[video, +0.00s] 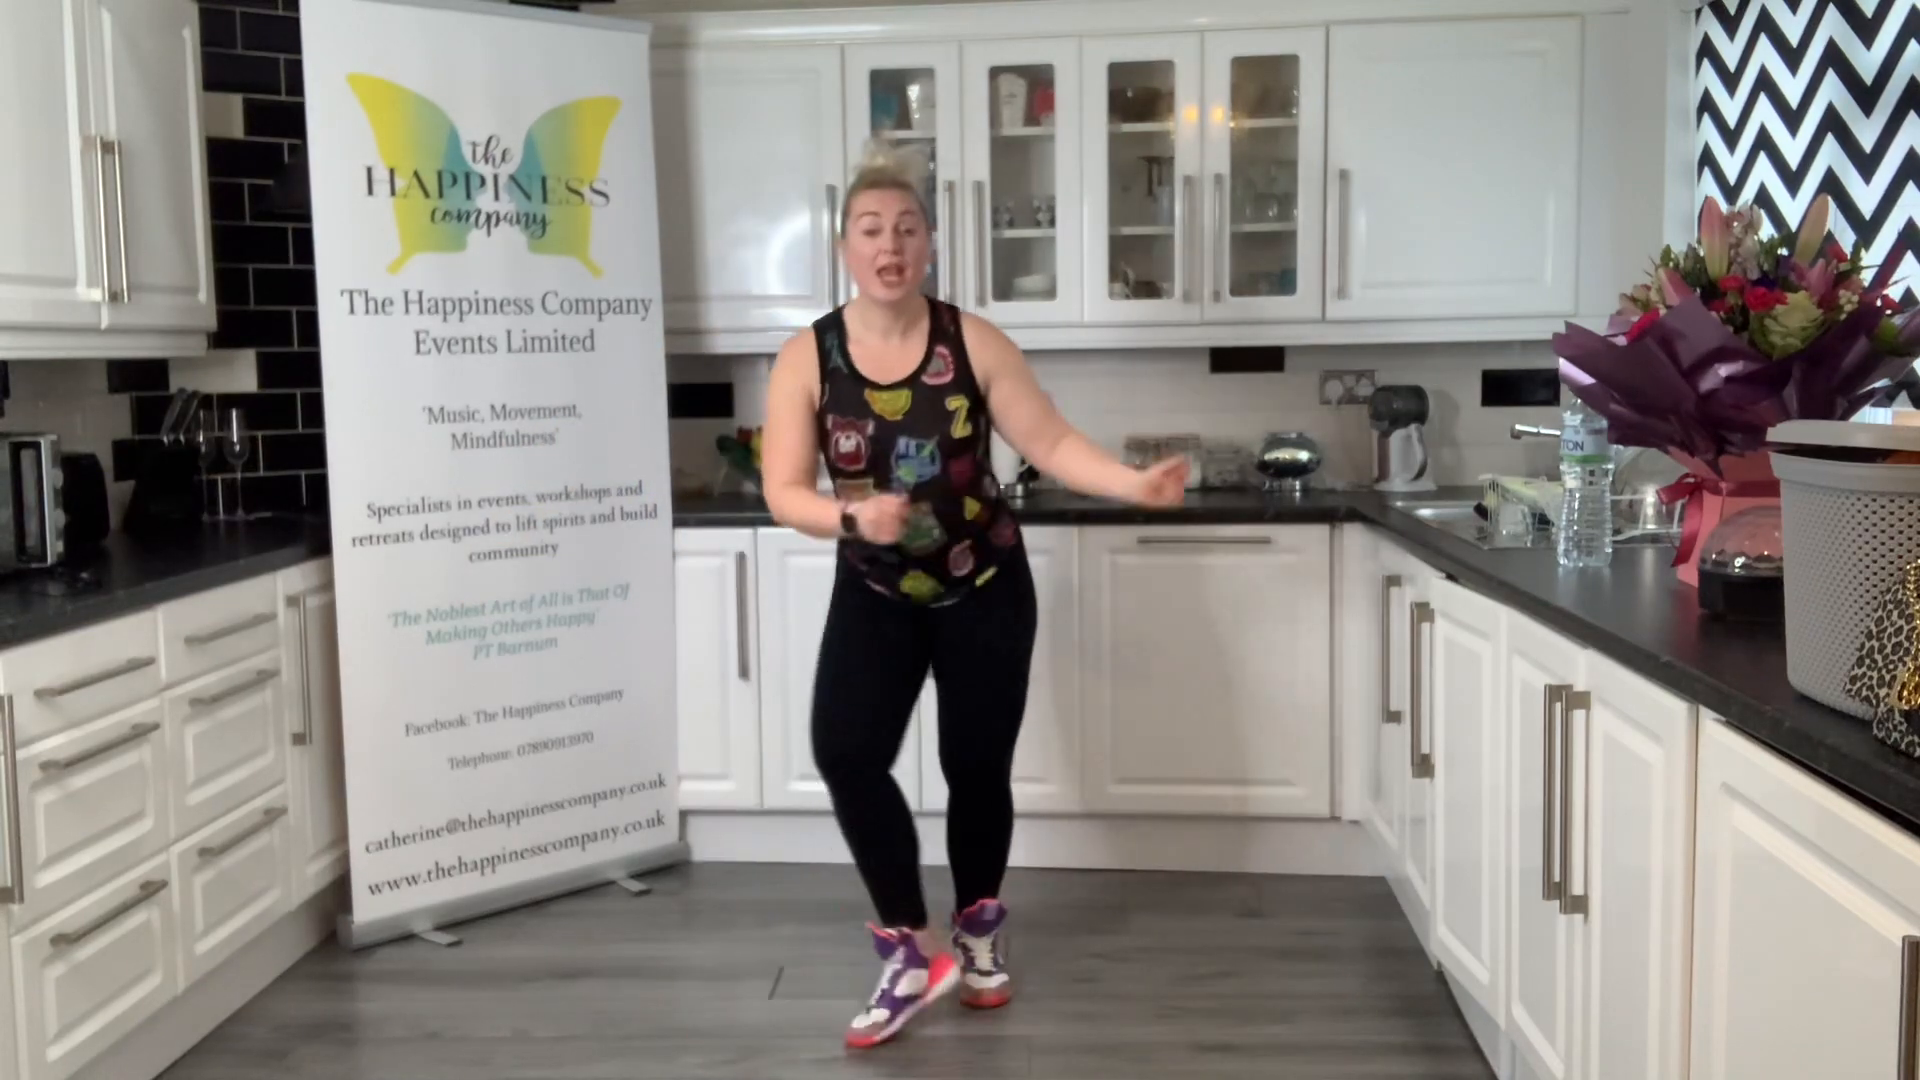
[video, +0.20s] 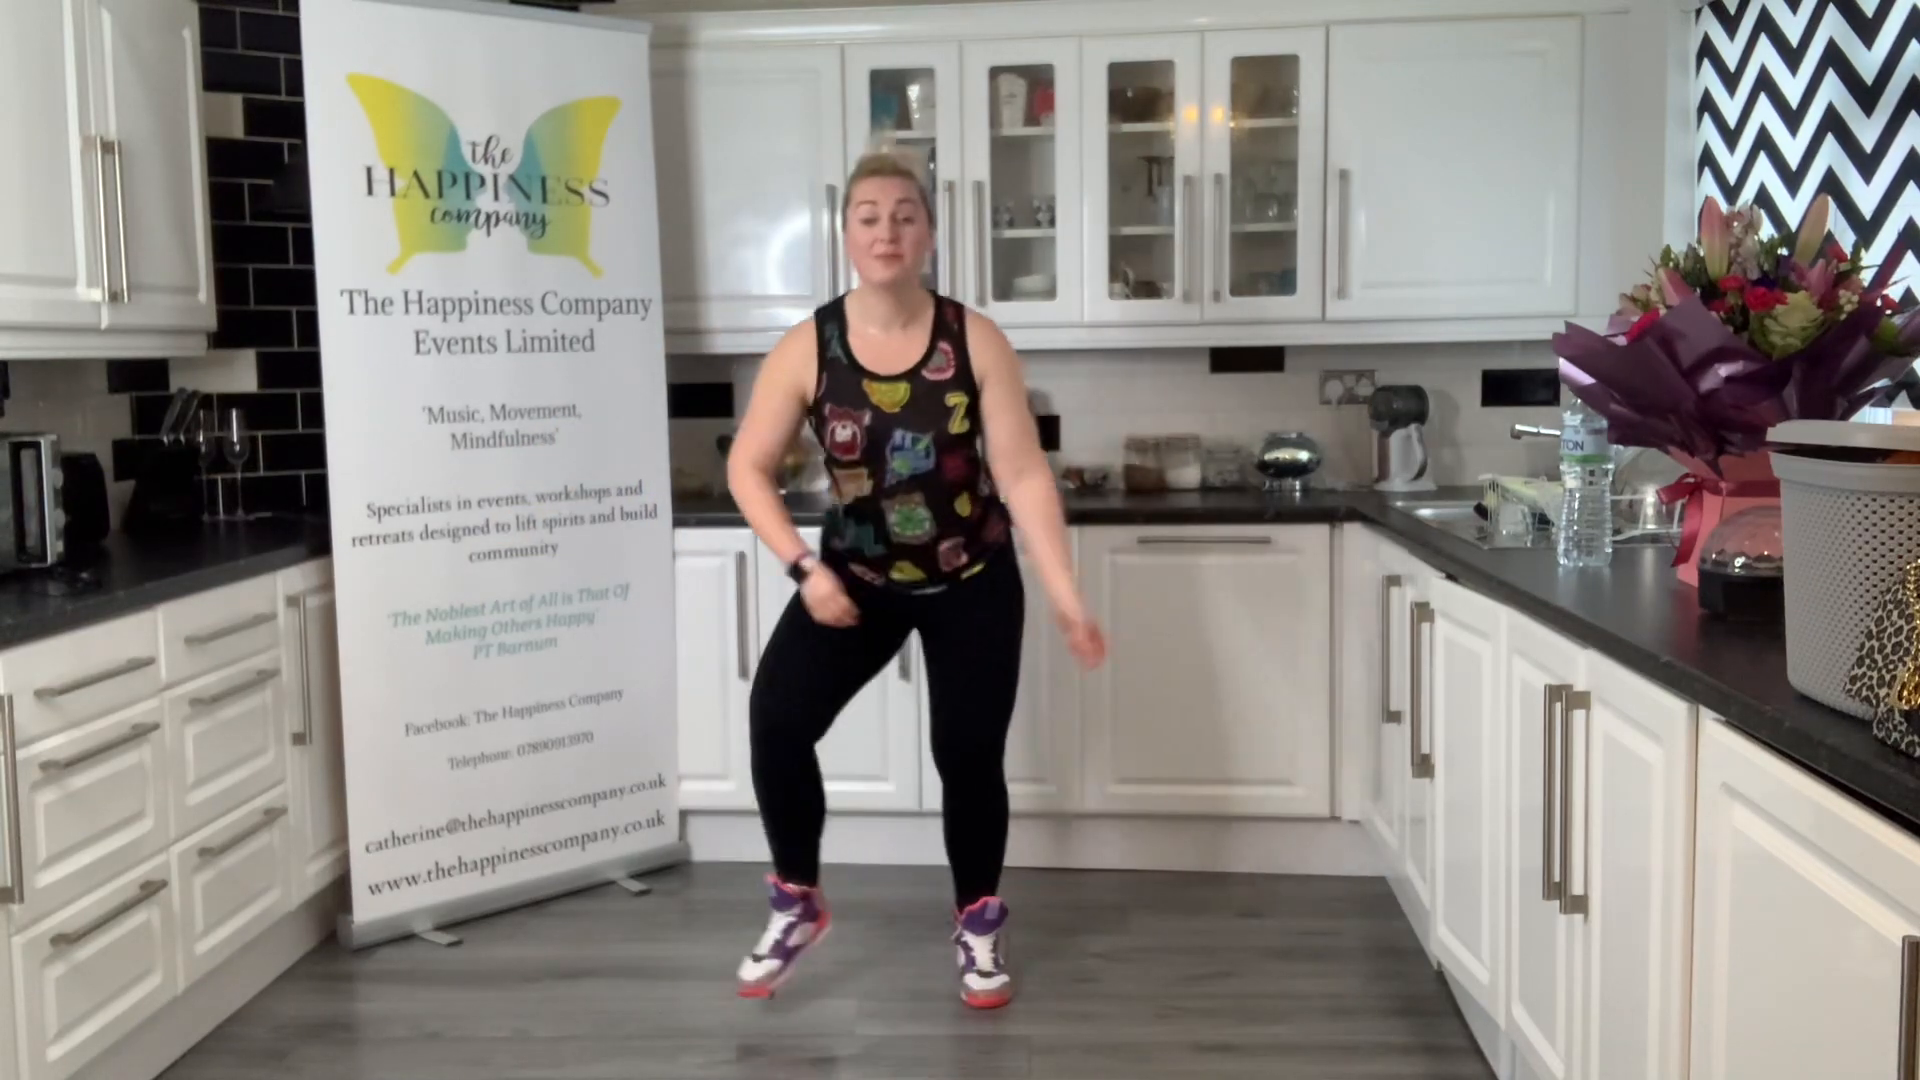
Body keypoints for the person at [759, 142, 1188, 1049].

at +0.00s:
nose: (890, 245)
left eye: (905, 227)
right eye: (870, 229)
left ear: (929, 243)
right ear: (844, 249)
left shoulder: (973, 342)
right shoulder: (807, 358)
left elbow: (1052, 442)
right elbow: (783, 493)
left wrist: (1133, 483)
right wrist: (850, 515)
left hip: (982, 586)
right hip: (876, 590)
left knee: (977, 765)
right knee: (847, 754)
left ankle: (979, 930)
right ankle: (906, 946)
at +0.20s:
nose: (886, 231)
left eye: (904, 217)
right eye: (869, 218)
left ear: (930, 233)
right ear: (844, 236)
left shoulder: (977, 341)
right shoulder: (808, 348)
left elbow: (1024, 473)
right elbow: (745, 470)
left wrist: (1064, 592)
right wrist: (804, 565)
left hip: (972, 579)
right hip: (857, 578)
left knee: (969, 756)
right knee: (776, 717)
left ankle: (978, 927)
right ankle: (797, 904)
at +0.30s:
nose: (882, 222)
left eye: (899, 204)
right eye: (864, 208)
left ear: (927, 220)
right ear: (840, 226)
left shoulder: (971, 337)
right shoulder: (801, 332)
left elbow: (983, 477)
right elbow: (717, 435)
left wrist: (978, 605)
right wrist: (725, 557)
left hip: (940, 577)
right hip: (827, 573)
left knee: (956, 764)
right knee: (787, 756)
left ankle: (977, 929)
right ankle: (756, 924)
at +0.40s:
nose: (873, 236)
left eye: (891, 219)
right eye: (855, 220)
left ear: (916, 234)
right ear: (830, 235)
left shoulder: (955, 351)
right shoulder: (782, 337)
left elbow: (949, 489)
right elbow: (683, 425)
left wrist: (893, 591)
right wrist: (633, 536)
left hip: (914, 576)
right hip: (796, 581)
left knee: (945, 764)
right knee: (783, 764)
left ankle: (976, 929)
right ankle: (759, 937)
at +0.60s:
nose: (838, 262)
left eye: (856, 245)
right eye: (821, 245)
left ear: (881, 258)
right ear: (797, 258)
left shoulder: (916, 372)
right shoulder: (747, 350)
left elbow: (903, 508)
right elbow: (648, 434)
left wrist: (823, 567)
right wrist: (553, 509)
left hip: (854, 573)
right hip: (739, 577)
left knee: (923, 720)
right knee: (750, 763)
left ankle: (907, 879)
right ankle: (757, 937)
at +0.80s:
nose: (811, 269)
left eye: (829, 252)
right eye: (794, 251)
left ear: (854, 260)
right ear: (770, 256)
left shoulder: (891, 365)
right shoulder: (723, 353)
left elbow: (905, 500)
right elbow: (668, 470)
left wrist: (817, 563)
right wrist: (645, 559)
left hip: (836, 603)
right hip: (724, 602)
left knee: (843, 779)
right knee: (738, 775)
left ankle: (807, 900)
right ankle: (755, 933)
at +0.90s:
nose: (804, 279)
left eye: (821, 261)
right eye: (786, 262)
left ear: (846, 266)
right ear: (760, 266)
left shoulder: (886, 365)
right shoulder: (721, 358)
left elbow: (931, 484)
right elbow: (639, 475)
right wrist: (675, 451)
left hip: (834, 593)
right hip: (721, 595)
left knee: (880, 761)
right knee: (728, 774)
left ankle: (837, 886)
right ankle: (753, 933)